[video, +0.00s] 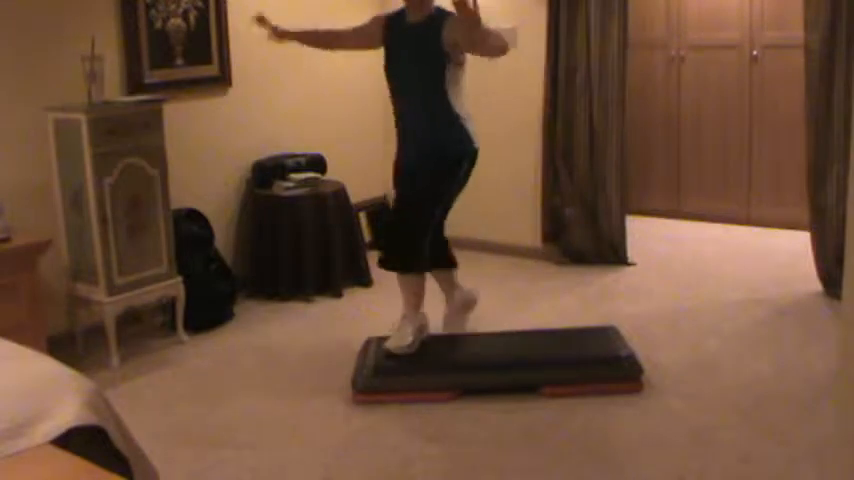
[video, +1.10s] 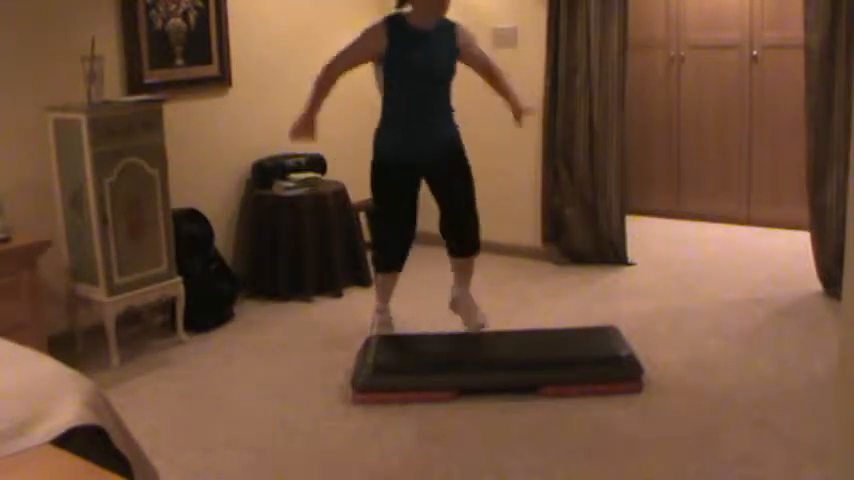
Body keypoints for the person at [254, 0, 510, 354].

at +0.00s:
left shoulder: (448, 24)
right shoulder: (388, 26)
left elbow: (499, 47)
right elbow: (338, 39)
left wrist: (477, 31)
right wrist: (287, 35)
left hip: (450, 148)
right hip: (411, 149)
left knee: (406, 229)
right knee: (423, 228)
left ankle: (413, 319)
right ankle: (456, 295)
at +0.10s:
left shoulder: (441, 9)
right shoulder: (379, 10)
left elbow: (493, 40)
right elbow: (342, 38)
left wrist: (486, 70)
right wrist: (298, 64)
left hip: (444, 135)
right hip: (404, 134)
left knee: (418, 223)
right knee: (381, 218)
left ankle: (413, 319)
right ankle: (434, 279)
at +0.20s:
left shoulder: (434, 7)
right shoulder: (373, 9)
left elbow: (486, 49)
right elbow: (357, 48)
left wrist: (488, 104)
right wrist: (334, 89)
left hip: (441, 128)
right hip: (398, 125)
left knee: (418, 223)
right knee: (360, 193)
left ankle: (413, 317)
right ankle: (410, 241)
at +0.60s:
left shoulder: (436, 7)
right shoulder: (362, 7)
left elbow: (472, 35)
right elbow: (326, 35)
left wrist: (509, 61)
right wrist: (289, 69)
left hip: (425, 128)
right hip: (379, 127)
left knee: (415, 223)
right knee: (367, 216)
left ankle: (414, 316)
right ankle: (386, 270)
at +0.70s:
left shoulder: (435, 11)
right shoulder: (362, 8)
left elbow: (489, 28)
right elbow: (313, 22)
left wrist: (528, 21)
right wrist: (264, 35)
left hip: (425, 135)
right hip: (377, 136)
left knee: (412, 230)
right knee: (380, 228)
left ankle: (414, 318)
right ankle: (381, 305)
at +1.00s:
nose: (433, 5)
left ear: (433, 5)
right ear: (402, 3)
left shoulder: (441, 40)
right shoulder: (371, 41)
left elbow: (484, 55)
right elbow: (323, 59)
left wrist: (524, 60)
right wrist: (291, 72)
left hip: (434, 149)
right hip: (387, 152)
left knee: (447, 226)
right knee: (391, 238)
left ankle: (444, 299)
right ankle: (382, 316)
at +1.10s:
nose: (446, 3)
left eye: (446, 1)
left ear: (444, 5)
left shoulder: (453, 34)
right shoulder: (386, 32)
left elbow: (486, 68)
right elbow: (333, 68)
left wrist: (513, 100)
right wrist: (309, 115)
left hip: (442, 145)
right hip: (396, 147)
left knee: (464, 224)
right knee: (393, 232)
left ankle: (462, 295)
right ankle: (382, 313)